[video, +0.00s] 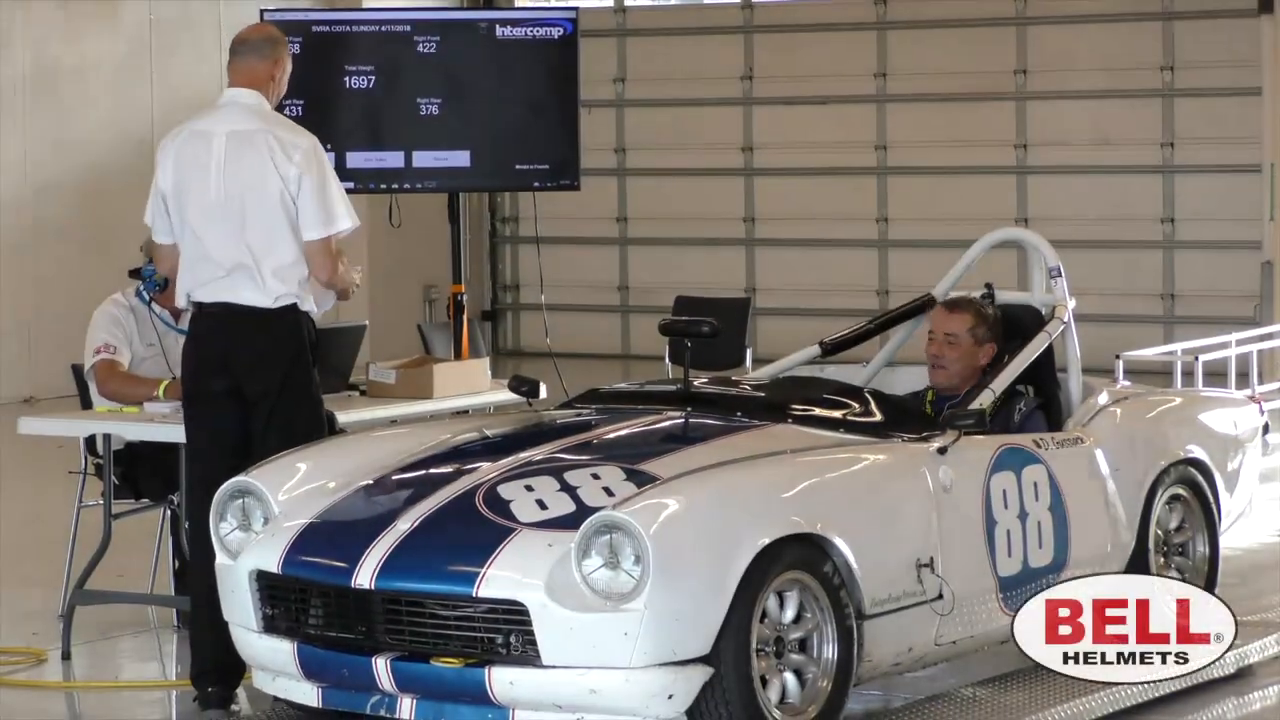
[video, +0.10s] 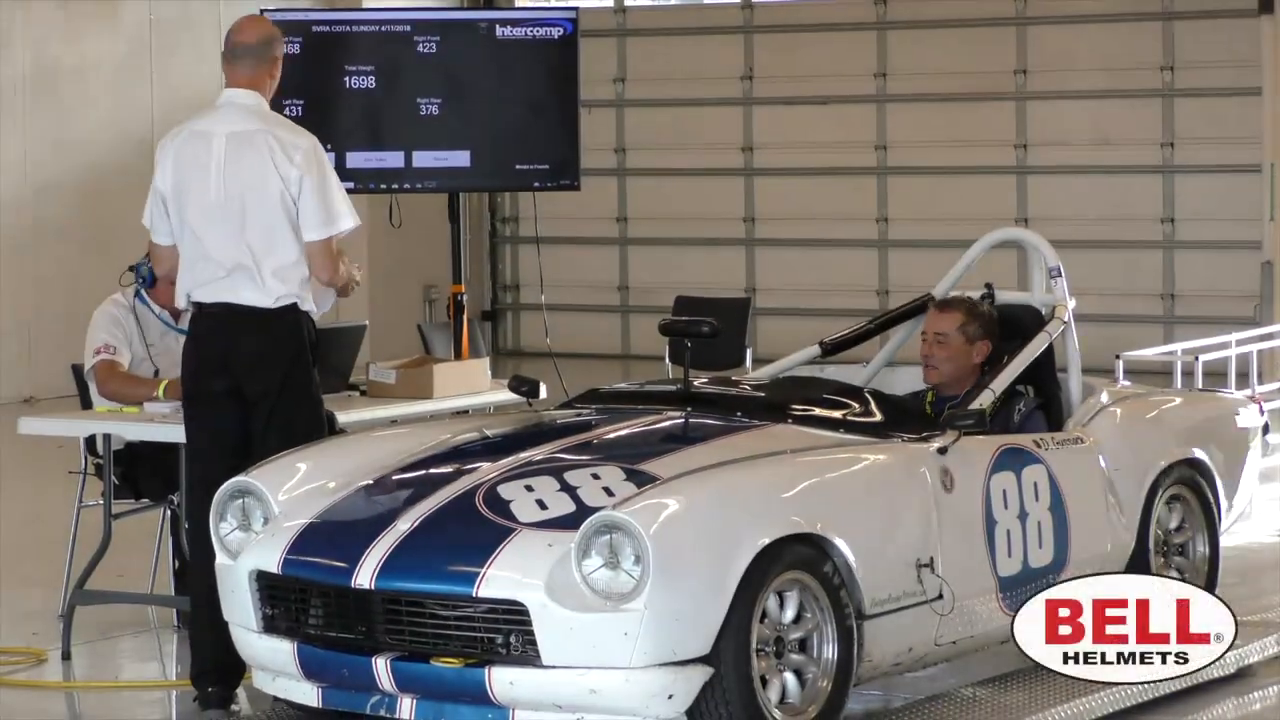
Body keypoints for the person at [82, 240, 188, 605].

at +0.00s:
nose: (182, 290)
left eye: (186, 277)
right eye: (171, 279)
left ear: (196, 274)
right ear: (150, 275)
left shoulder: (203, 312)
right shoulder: (117, 312)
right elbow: (109, 382)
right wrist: (172, 388)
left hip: (197, 439)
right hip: (137, 444)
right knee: (195, 482)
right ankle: (192, 600)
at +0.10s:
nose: (183, 288)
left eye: (188, 277)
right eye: (175, 279)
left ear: (199, 274)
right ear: (151, 274)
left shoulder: (205, 314)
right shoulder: (117, 312)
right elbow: (108, 382)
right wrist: (171, 388)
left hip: (199, 439)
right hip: (138, 445)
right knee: (194, 480)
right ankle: (192, 600)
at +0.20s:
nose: (179, 294)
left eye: (185, 283)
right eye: (172, 283)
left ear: (197, 277)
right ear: (148, 274)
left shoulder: (205, 313)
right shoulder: (118, 312)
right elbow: (107, 381)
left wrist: (209, 383)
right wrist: (170, 388)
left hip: (199, 439)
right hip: (136, 443)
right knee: (193, 483)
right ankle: (192, 600)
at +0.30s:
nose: (180, 294)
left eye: (186, 283)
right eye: (173, 283)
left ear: (197, 277)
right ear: (148, 275)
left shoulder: (204, 313)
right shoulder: (117, 312)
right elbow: (107, 380)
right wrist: (175, 389)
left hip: (200, 441)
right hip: (138, 445)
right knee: (194, 482)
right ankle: (191, 601)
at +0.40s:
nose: (178, 292)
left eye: (183, 281)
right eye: (170, 282)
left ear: (196, 276)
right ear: (149, 277)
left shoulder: (207, 312)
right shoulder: (117, 312)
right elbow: (106, 379)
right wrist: (170, 388)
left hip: (203, 441)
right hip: (141, 444)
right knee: (195, 482)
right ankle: (193, 601)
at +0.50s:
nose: (181, 260)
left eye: (184, 251)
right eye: (172, 251)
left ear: (194, 261)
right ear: (152, 263)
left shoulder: (206, 310)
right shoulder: (117, 313)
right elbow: (107, 380)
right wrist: (169, 388)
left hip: (201, 439)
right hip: (140, 443)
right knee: (194, 482)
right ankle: (193, 610)